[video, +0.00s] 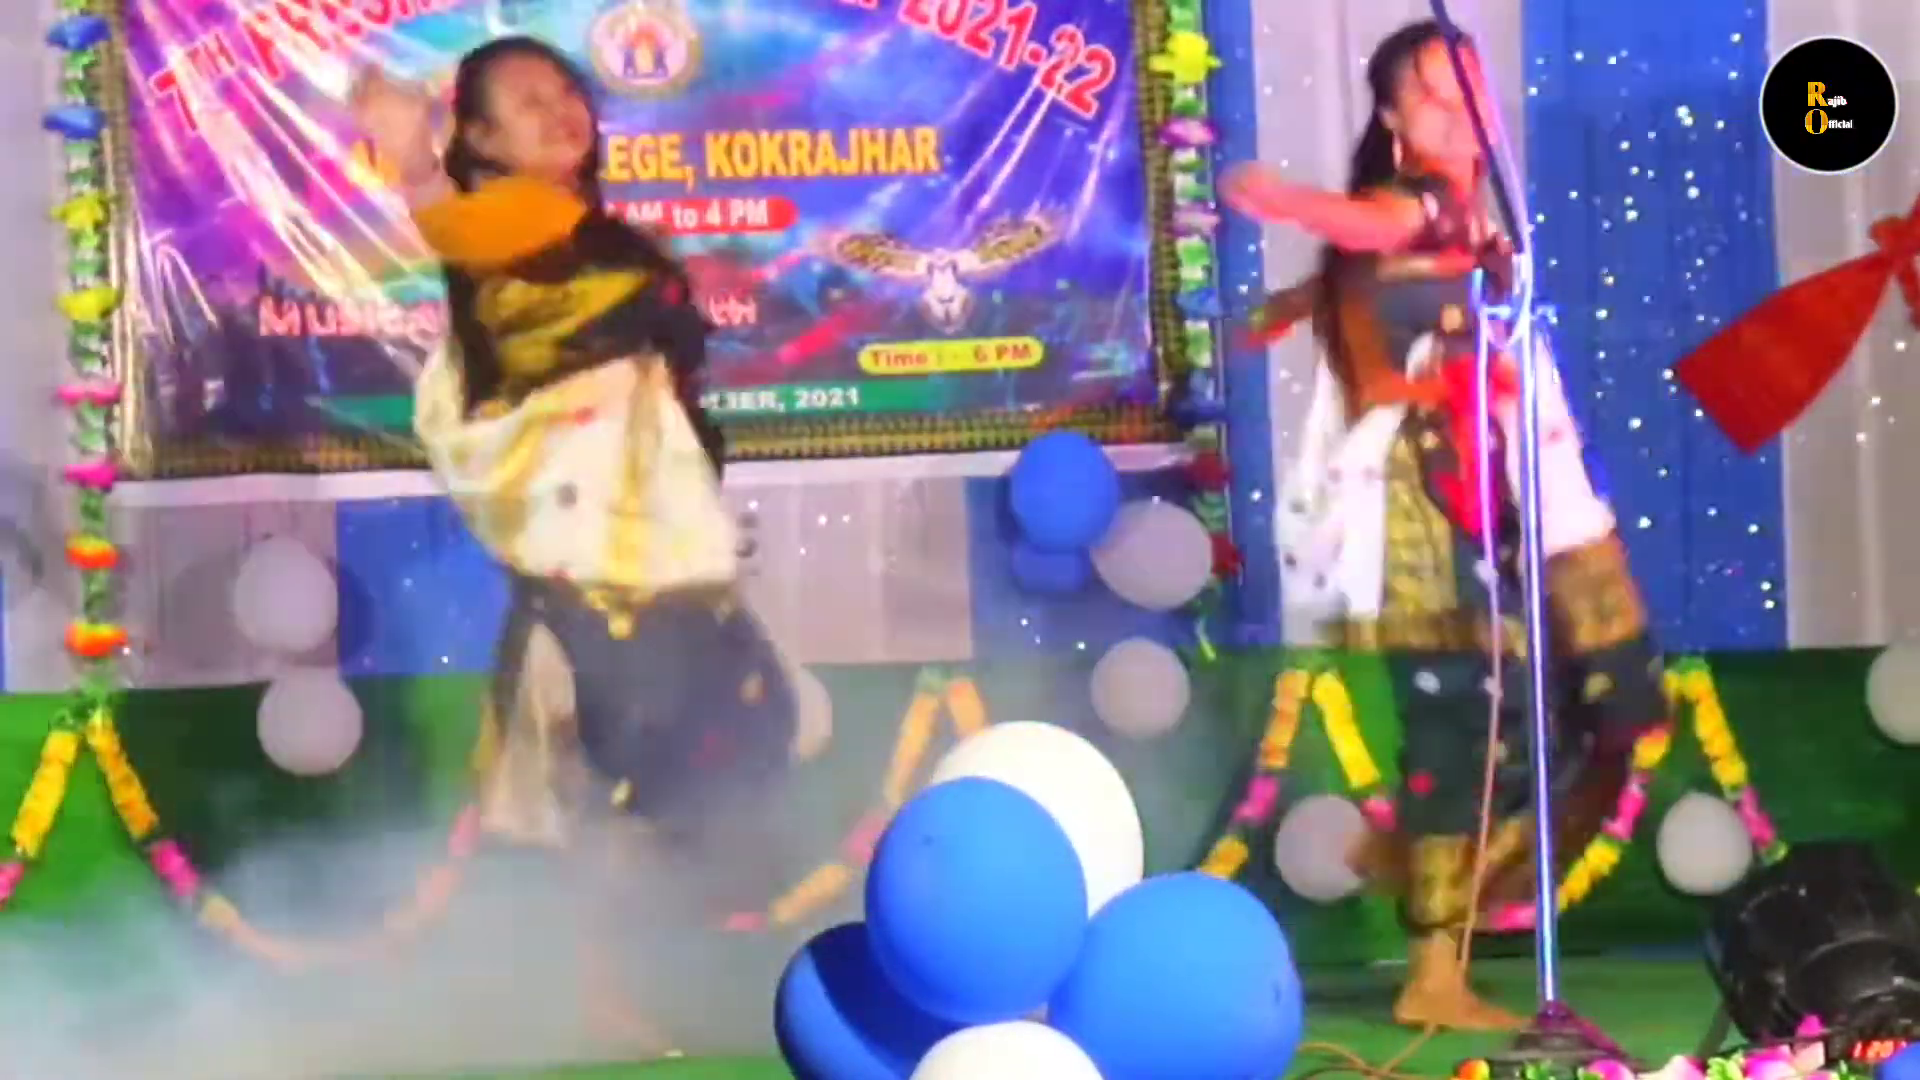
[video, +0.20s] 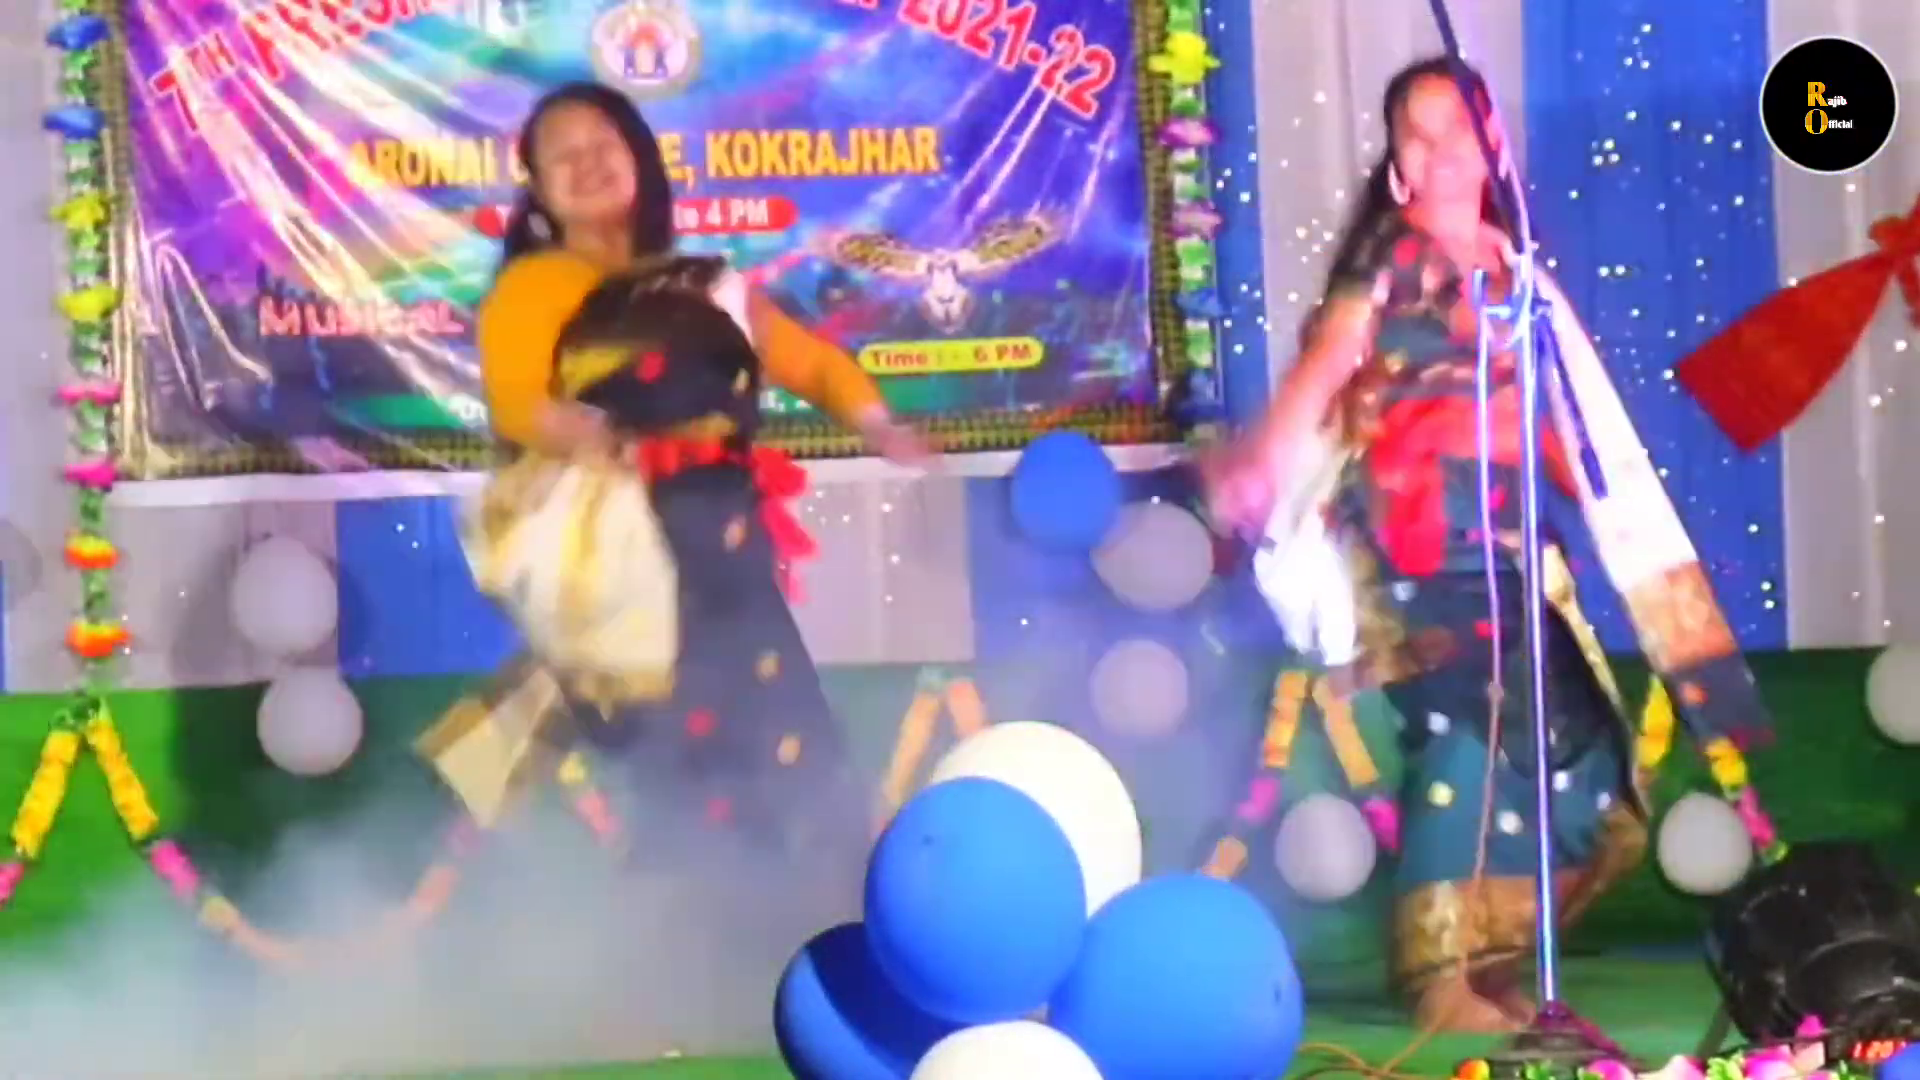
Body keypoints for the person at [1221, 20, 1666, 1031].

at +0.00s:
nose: (1462, 114)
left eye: (1468, 93)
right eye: (1438, 98)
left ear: (1485, 105)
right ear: (1396, 122)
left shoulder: (1470, 213)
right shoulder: (1390, 221)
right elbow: (1369, 389)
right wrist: (1447, 386)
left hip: (1493, 507)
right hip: (1423, 515)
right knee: (1460, 730)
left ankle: (1441, 978)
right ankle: (1437, 981)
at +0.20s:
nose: (1427, 162)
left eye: (1448, 140)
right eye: (1412, 143)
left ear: (1491, 153)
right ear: (1395, 169)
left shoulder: (1527, 292)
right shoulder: (1368, 302)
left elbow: (1590, 447)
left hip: (1517, 562)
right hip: (1409, 569)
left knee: (1589, 757)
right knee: (1462, 744)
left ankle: (1499, 962)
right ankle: (1441, 986)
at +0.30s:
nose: (1421, 181)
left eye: (1441, 161)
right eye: (1404, 166)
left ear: (1482, 175)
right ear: (1389, 184)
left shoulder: (1536, 292)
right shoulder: (1371, 292)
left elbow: (1579, 417)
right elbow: (1321, 413)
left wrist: (1629, 511)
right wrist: (1365, 525)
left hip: (1532, 528)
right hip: (1425, 529)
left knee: (1556, 729)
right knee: (1443, 731)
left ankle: (1549, 952)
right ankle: (1424, 956)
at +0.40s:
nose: (1397, 155)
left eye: (1415, 135)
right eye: (1382, 140)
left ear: (1460, 143)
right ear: (1366, 154)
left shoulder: (1522, 252)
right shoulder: (1347, 268)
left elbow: (1618, 369)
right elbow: (1314, 397)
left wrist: (1565, 287)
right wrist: (1414, 336)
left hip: (1516, 519)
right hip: (1396, 529)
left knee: (1525, 733)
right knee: (1401, 733)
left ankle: (1498, 961)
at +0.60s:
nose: (1348, 130)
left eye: (1366, 110)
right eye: (1338, 113)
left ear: (1421, 106)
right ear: (1330, 117)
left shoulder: (1481, 201)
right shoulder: (1323, 230)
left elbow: (1483, 279)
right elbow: (1275, 369)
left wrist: (1366, 207)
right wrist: (1305, 267)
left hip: (1476, 512)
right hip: (1358, 511)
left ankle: (1518, 964)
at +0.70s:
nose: (1337, 157)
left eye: (1356, 139)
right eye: (1327, 139)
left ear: (1409, 143)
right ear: (1319, 149)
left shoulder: (1467, 242)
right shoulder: (1315, 269)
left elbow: (1482, 340)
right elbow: (1280, 407)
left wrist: (1350, 332)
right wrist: (1251, 400)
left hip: (1446, 527)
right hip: (1337, 525)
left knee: (1441, 743)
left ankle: (1508, 960)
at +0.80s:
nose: (1318, 181)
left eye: (1342, 164)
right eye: (1309, 163)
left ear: (1390, 176)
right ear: (1298, 177)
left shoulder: (1430, 283)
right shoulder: (1295, 313)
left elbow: (1458, 374)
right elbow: (1242, 447)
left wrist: (1397, 452)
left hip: (1428, 590)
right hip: (1332, 595)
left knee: (1438, 790)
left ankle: (1514, 973)